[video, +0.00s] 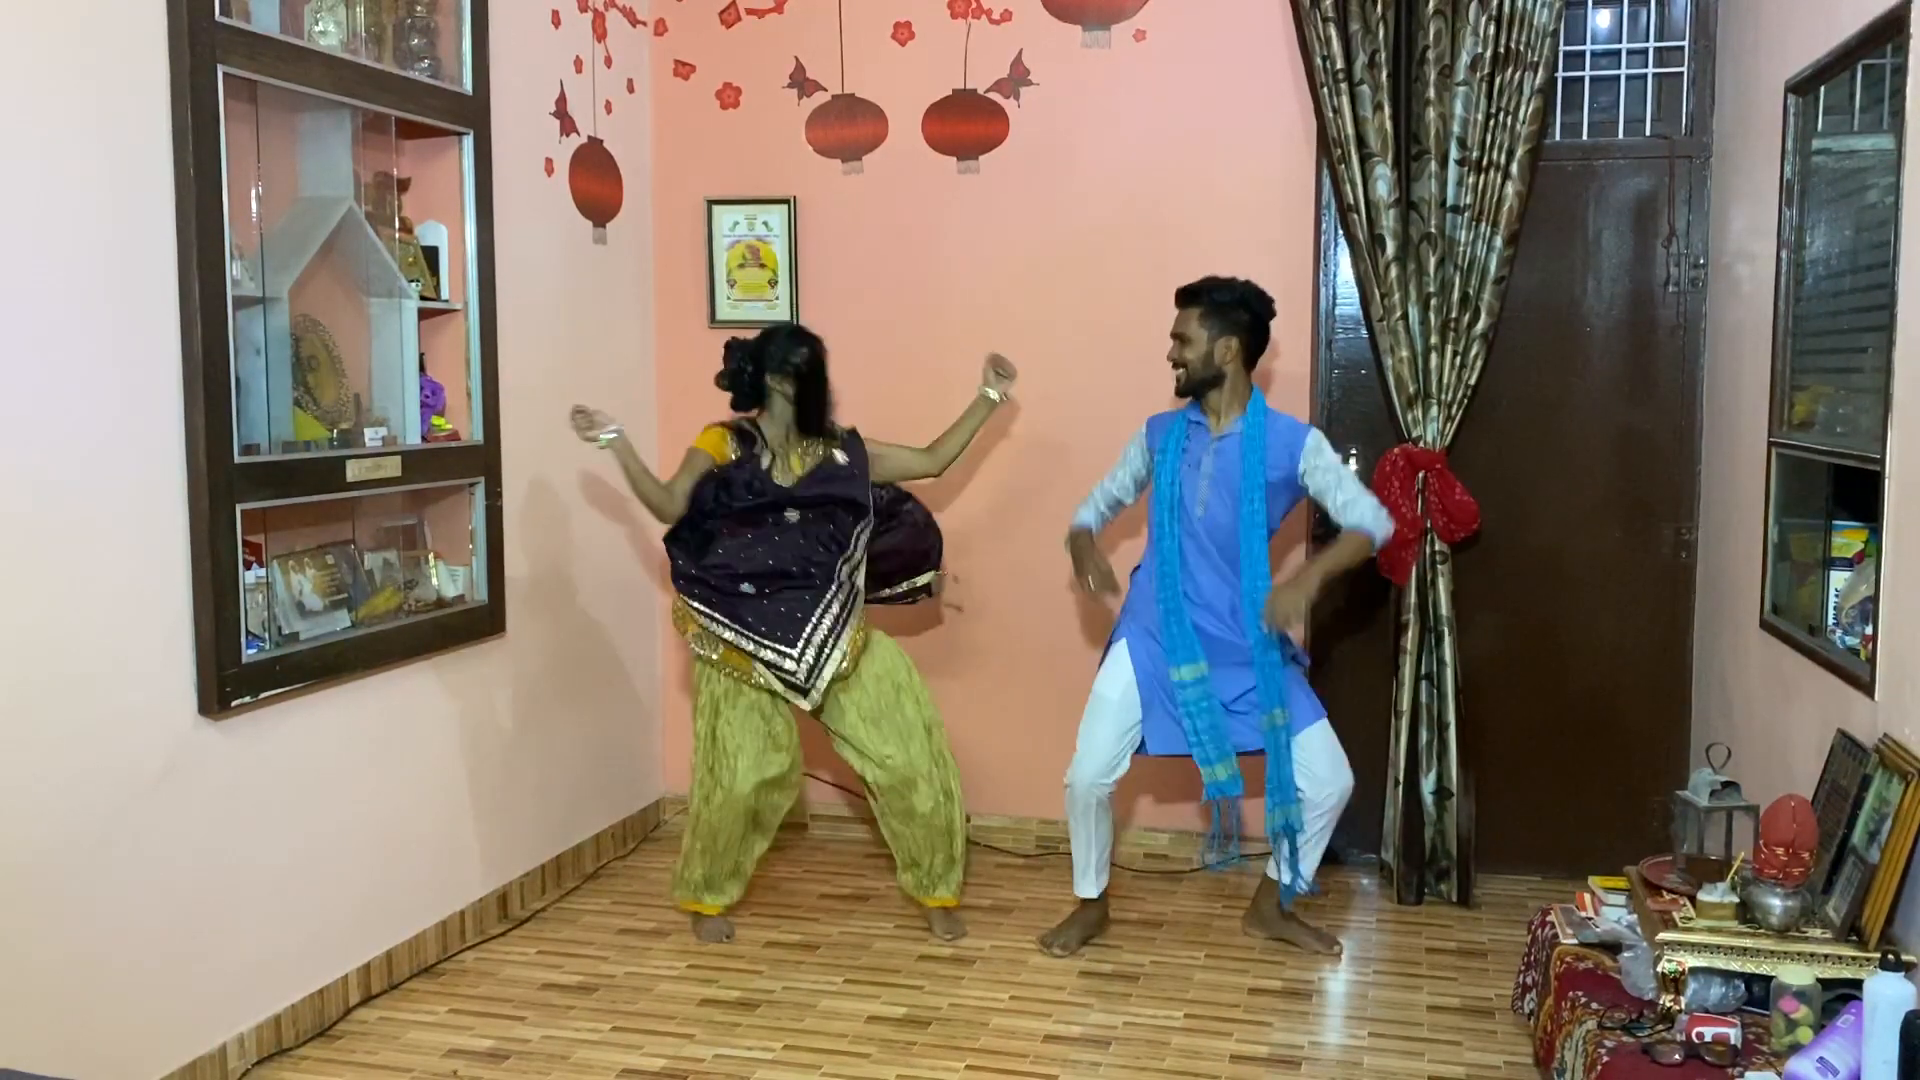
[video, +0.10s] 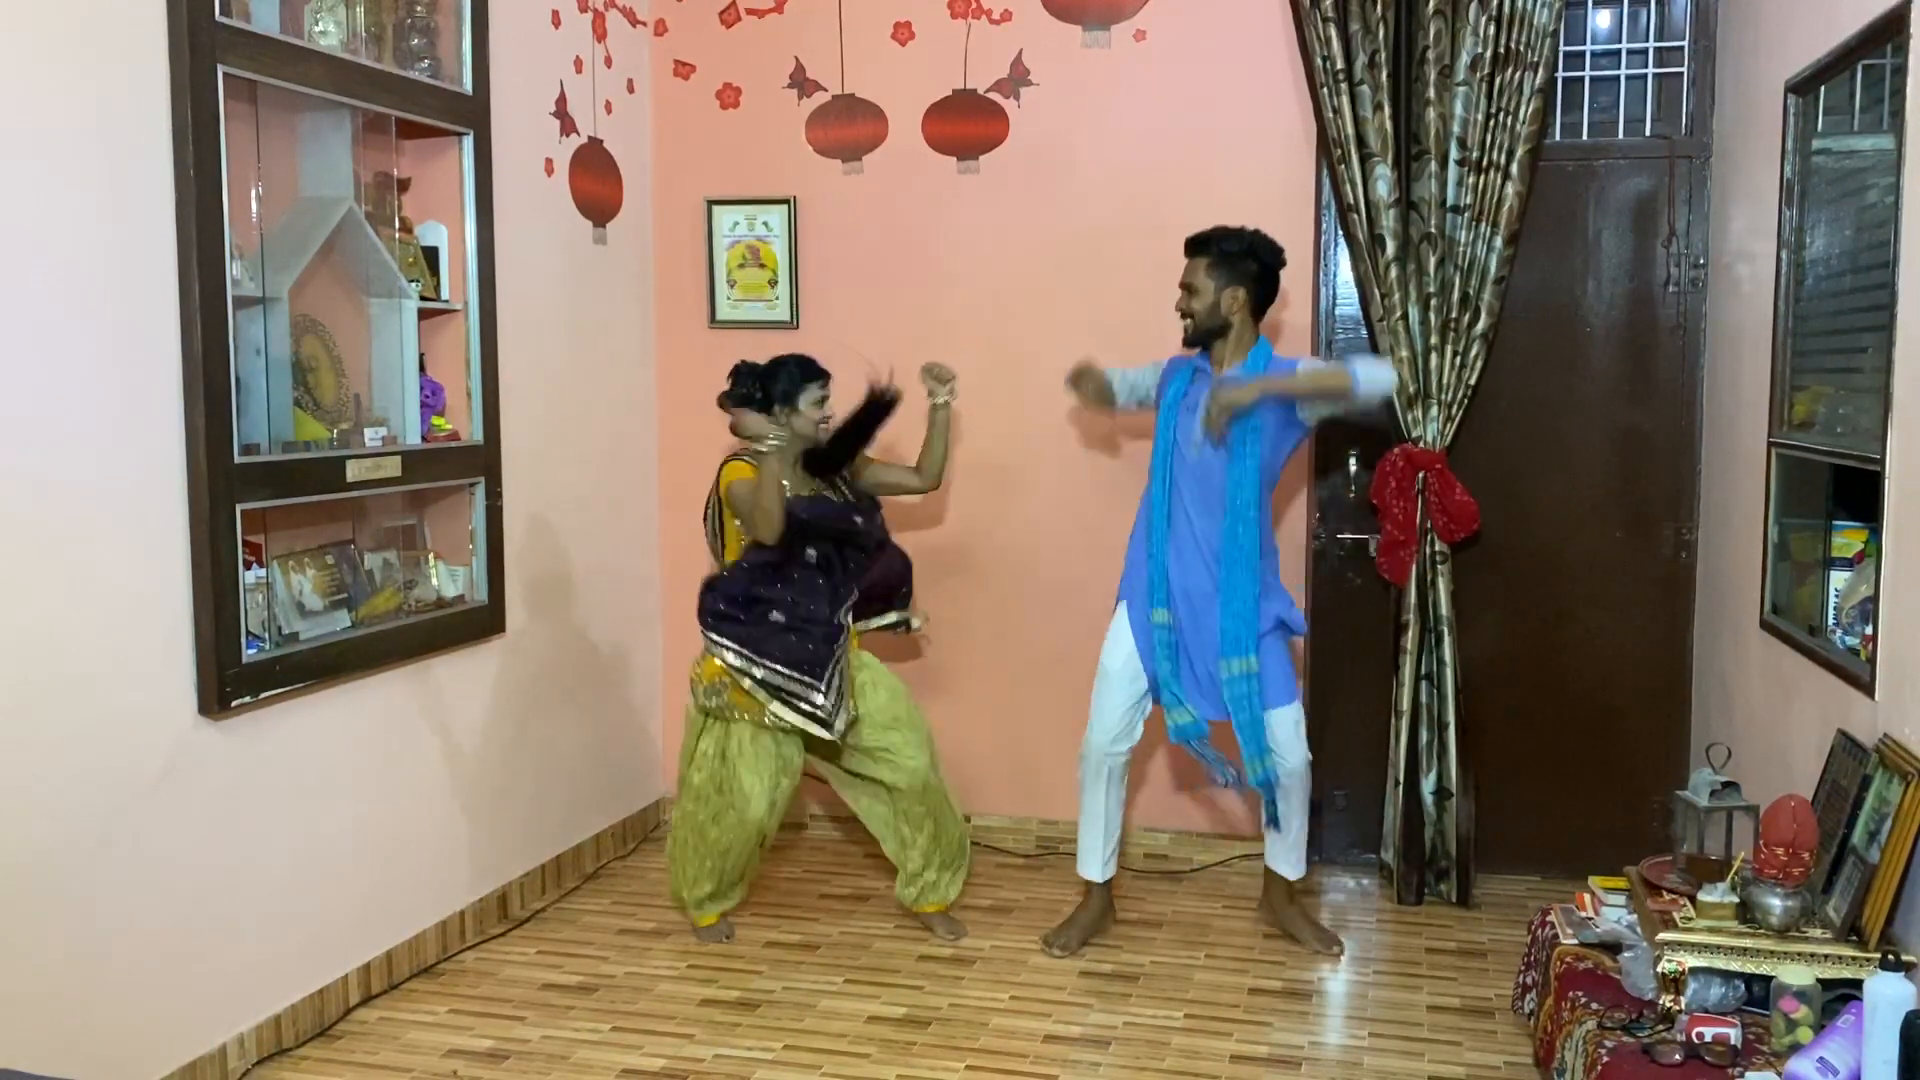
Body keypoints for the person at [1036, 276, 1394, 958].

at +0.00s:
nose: (1170, 352)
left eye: (1183, 340)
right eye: (1171, 339)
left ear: (1232, 350)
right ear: (1218, 351)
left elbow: (1369, 522)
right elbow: (1092, 512)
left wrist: (1304, 579)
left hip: (1247, 645)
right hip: (1153, 637)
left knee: (1327, 780)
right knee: (1088, 775)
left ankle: (1271, 903)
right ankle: (1090, 902)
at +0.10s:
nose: (1178, 301)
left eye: (1190, 289)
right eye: (1180, 287)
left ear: (1237, 298)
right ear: (1224, 299)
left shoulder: (1284, 381)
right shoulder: (1179, 374)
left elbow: (1380, 380)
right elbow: (1122, 387)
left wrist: (1257, 391)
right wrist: (1093, 382)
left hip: (1243, 600)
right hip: (1156, 593)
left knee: (1289, 757)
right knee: (1104, 741)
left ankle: (1281, 893)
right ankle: (1095, 893)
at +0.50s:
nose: (1197, 282)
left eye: (1209, 272)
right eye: (1198, 271)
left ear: (1250, 283)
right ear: (1212, 281)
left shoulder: (1270, 355)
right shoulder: (1198, 354)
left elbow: (1304, 347)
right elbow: (1158, 339)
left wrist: (1240, 269)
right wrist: (1143, 308)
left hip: (1243, 583)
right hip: (1164, 577)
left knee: (1277, 742)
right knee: (1107, 722)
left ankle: (1319, 914)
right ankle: (1128, 890)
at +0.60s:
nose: (1189, 315)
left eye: (1201, 302)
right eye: (1189, 301)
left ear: (1250, 305)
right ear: (1217, 302)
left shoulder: (1288, 395)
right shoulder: (1206, 381)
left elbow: (1305, 514)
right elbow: (1202, 469)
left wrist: (1208, 475)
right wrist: (1147, 471)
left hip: (1241, 602)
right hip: (1170, 592)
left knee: (1276, 754)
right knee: (1115, 722)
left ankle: (1317, 911)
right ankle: (1128, 891)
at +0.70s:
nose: (1186, 334)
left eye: (1196, 319)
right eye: (1185, 319)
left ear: (1245, 321)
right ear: (1213, 319)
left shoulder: (1286, 421)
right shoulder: (1201, 408)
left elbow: (1281, 546)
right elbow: (1169, 516)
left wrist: (1212, 569)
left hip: (1242, 623)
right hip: (1166, 615)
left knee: (1277, 779)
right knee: (1097, 739)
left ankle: (1317, 916)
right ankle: (1124, 894)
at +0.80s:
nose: (1176, 320)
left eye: (1189, 306)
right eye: (1177, 305)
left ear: (1238, 308)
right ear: (1217, 310)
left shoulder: (1293, 400)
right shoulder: (1192, 392)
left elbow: (1272, 513)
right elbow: (1158, 481)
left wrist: (1191, 511)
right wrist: (1121, 534)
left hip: (1244, 604)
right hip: (1168, 597)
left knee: (1273, 765)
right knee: (1113, 737)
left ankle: (1317, 913)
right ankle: (1124, 888)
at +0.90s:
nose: (1169, 291)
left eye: (1180, 277)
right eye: (1170, 276)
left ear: (1225, 281)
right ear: (1213, 283)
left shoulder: (1250, 345)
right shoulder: (1211, 352)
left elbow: (1245, 451)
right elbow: (1190, 457)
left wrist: (1217, 530)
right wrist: (1138, 496)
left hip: (1238, 574)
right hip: (1177, 572)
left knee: (1276, 732)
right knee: (1136, 714)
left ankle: (1331, 900)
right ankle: (1122, 878)